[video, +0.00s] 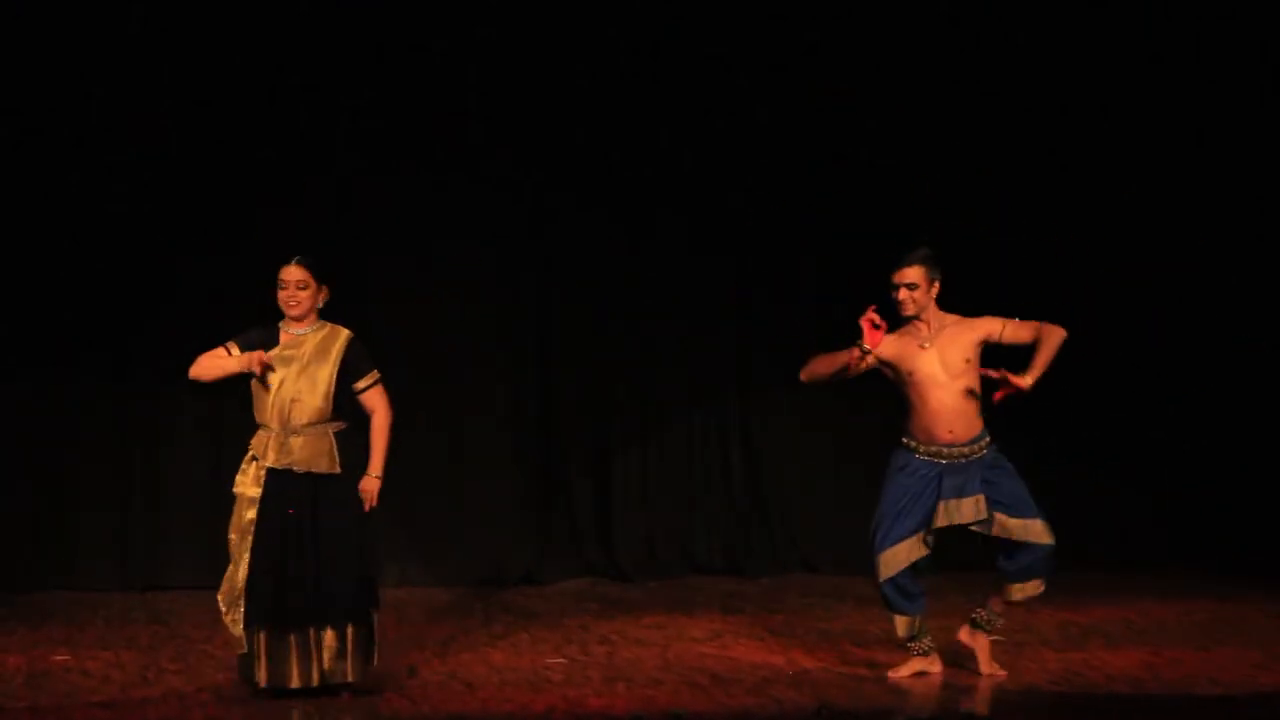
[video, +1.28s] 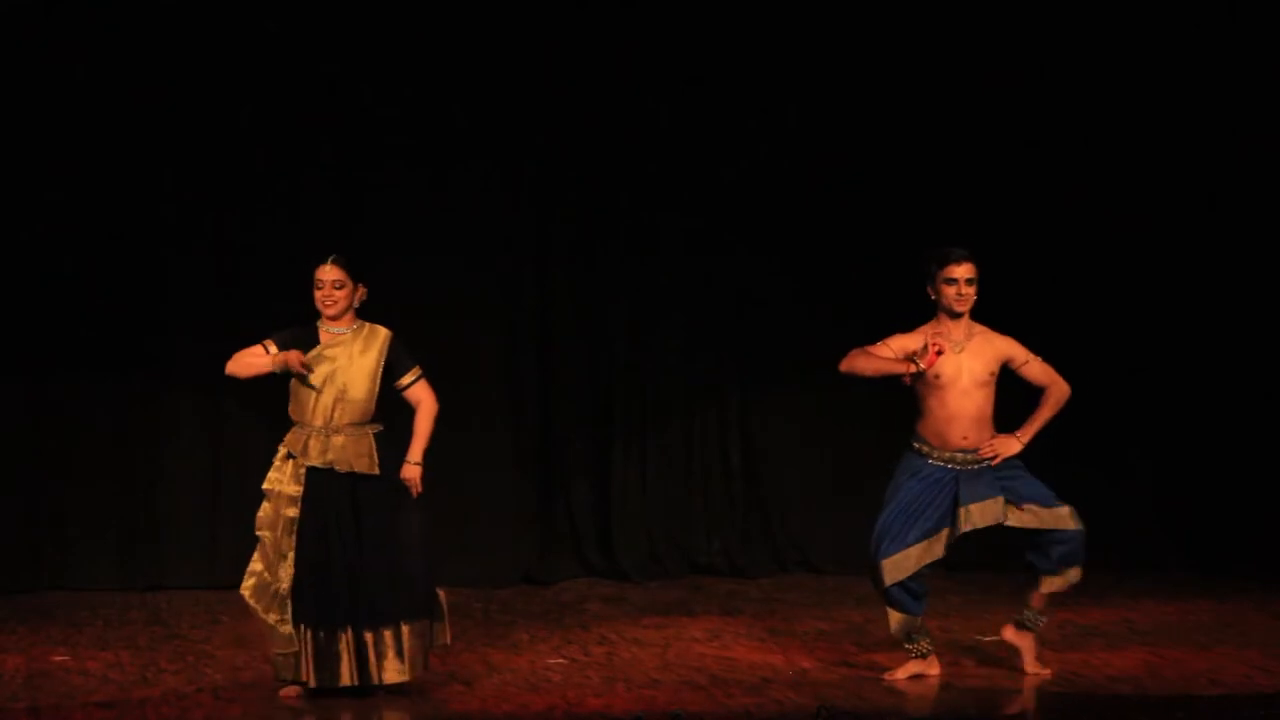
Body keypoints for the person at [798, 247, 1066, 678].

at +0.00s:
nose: (901, 295)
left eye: (910, 287)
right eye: (897, 288)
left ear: (934, 288)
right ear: (894, 292)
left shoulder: (972, 329)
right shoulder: (890, 345)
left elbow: (1052, 333)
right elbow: (809, 374)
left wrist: (1028, 377)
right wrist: (856, 353)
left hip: (979, 457)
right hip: (919, 460)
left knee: (1035, 545)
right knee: (891, 552)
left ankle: (981, 627)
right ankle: (922, 653)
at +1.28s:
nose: (962, 290)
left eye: (969, 283)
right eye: (951, 282)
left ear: (977, 289)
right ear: (934, 289)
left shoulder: (997, 345)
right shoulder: (918, 340)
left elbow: (1059, 388)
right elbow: (850, 364)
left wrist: (1020, 437)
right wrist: (910, 366)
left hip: (990, 463)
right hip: (927, 464)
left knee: (1065, 532)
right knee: (891, 549)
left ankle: (1025, 627)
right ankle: (922, 655)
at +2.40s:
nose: (913, 280)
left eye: (924, 273)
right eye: (908, 272)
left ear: (945, 281)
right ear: (902, 278)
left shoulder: (978, 331)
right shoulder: (891, 334)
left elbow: (1046, 375)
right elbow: (809, 347)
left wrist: (1008, 431)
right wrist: (872, 340)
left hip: (973, 454)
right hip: (915, 456)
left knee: (1028, 545)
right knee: (897, 554)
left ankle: (971, 623)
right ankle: (925, 657)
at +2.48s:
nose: (904, 284)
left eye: (915, 277)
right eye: (900, 276)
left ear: (937, 285)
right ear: (895, 282)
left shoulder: (971, 334)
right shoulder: (884, 339)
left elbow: (1037, 379)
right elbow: (799, 351)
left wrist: (1000, 435)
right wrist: (861, 342)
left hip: (965, 458)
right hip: (908, 458)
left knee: (1008, 545)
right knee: (899, 557)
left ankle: (935, 589)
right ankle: (924, 658)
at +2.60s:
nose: (894, 284)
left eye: (905, 277)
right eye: (890, 276)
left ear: (927, 284)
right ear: (885, 282)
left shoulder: (963, 332)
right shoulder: (875, 340)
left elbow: (1029, 377)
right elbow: (791, 350)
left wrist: (993, 434)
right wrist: (848, 337)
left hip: (955, 459)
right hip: (901, 457)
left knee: (956, 560)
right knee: (894, 555)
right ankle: (921, 656)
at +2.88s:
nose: (904, 287)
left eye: (914, 279)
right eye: (896, 279)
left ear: (930, 286)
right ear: (887, 285)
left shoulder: (964, 335)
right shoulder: (875, 343)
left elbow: (1026, 384)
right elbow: (801, 358)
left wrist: (990, 438)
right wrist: (863, 344)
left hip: (951, 462)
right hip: (896, 458)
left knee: (986, 555)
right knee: (871, 557)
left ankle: (912, 610)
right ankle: (884, 658)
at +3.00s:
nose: (925, 282)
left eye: (934, 274)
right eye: (915, 274)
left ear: (946, 281)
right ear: (903, 281)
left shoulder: (976, 331)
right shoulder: (893, 336)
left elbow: (1039, 379)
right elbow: (822, 358)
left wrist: (1003, 435)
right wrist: (881, 345)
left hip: (967, 457)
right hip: (909, 455)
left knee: (1006, 549)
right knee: (883, 549)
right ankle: (889, 658)